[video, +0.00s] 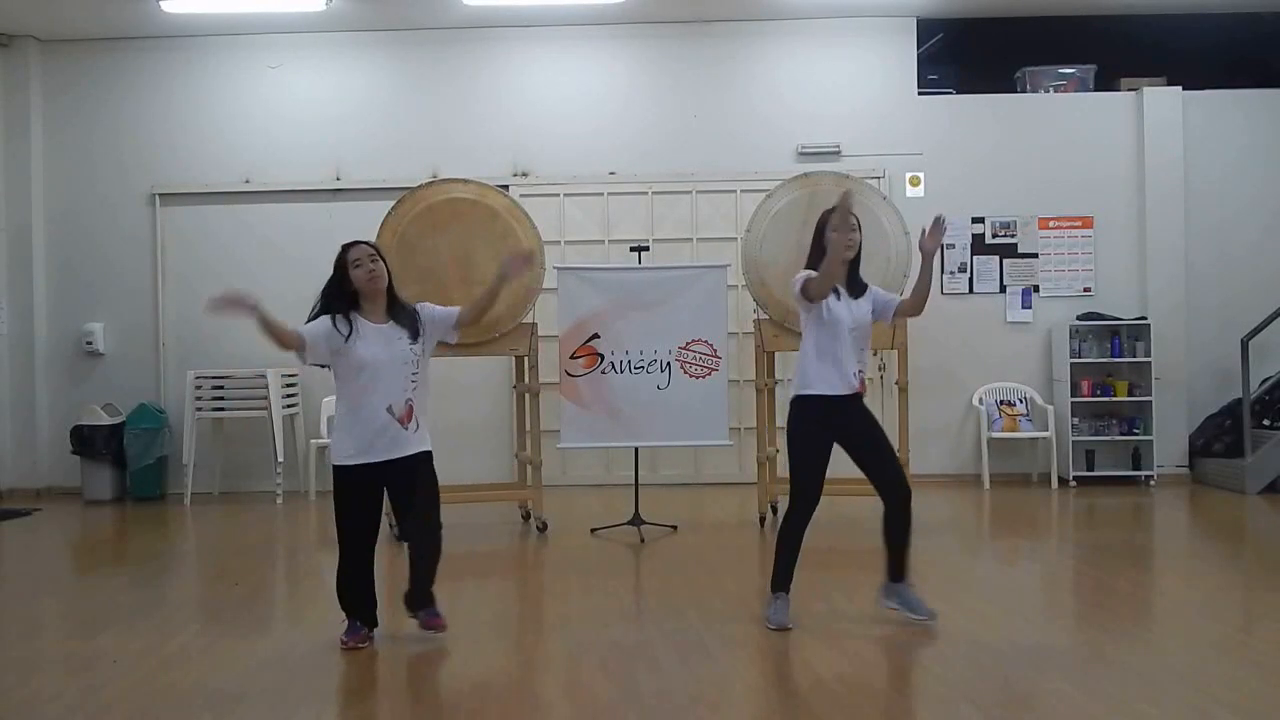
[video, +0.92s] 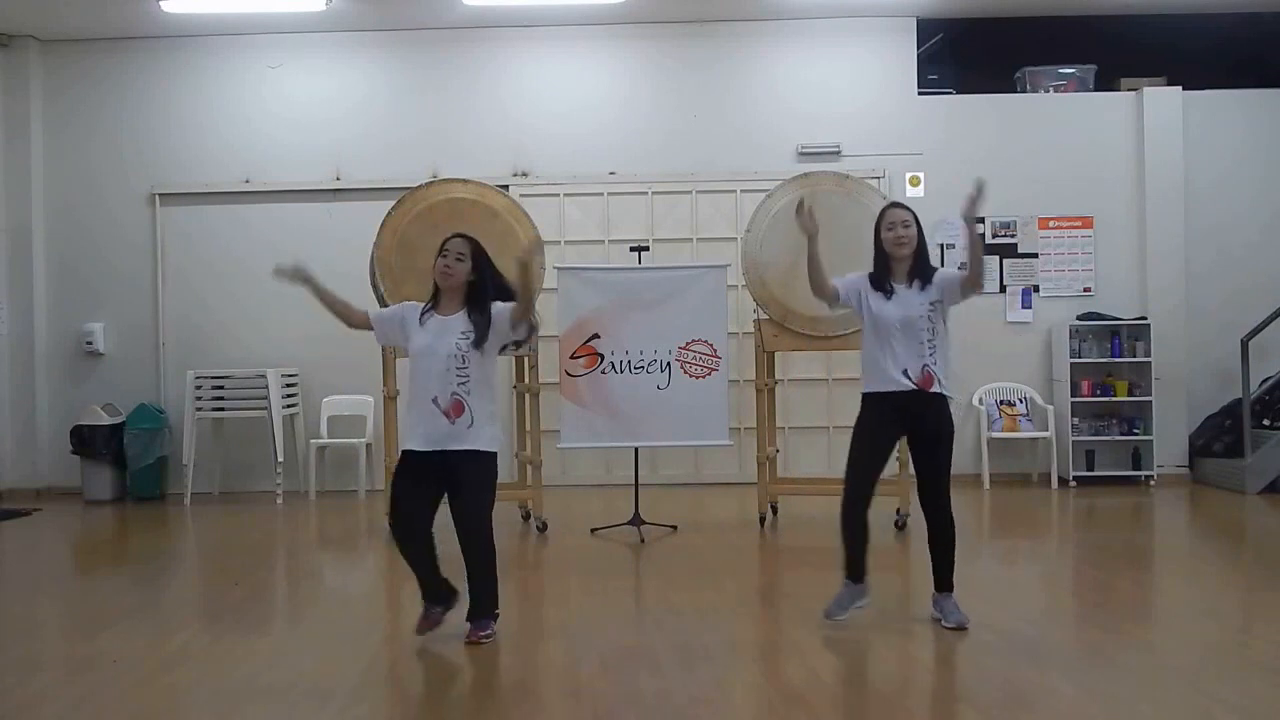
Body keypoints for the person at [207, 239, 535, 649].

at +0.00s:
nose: (370, 266)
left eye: (375, 259)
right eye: (358, 264)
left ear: (387, 269)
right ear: (347, 281)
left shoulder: (416, 318)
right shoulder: (337, 327)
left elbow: (467, 318)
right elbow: (291, 339)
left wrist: (501, 279)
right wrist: (258, 313)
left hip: (411, 449)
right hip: (355, 454)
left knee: (426, 531)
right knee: (356, 544)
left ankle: (422, 600)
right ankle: (359, 620)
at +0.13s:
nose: (379, 260)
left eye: (383, 253)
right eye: (367, 257)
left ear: (396, 265)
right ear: (355, 275)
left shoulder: (420, 311)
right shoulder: (352, 320)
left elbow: (458, 293)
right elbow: (332, 305)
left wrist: (454, 243)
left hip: (421, 441)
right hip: (367, 447)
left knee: (447, 529)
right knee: (364, 538)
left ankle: (465, 608)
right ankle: (359, 620)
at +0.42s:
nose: (416, 265)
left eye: (424, 259)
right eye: (408, 261)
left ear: (438, 271)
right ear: (398, 277)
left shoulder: (464, 317)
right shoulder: (387, 325)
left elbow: (510, 306)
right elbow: (343, 324)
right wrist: (338, 289)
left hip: (471, 444)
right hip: (416, 450)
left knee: (477, 534)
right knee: (399, 537)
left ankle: (482, 616)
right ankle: (370, 616)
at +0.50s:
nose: (425, 265)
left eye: (435, 260)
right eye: (417, 261)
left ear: (449, 274)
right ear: (409, 277)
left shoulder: (474, 318)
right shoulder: (394, 328)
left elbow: (525, 311)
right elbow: (337, 335)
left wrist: (558, 280)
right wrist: (305, 307)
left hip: (477, 445)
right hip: (421, 451)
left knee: (480, 534)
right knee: (407, 535)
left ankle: (483, 617)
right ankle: (391, 612)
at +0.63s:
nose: (440, 261)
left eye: (449, 257)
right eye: (433, 256)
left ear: (465, 271)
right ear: (423, 270)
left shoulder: (485, 319)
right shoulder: (403, 322)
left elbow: (541, 333)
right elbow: (351, 348)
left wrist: (595, 324)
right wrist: (293, 352)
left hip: (479, 447)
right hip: (424, 448)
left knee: (478, 534)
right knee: (432, 536)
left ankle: (483, 616)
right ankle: (442, 601)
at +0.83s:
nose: (448, 262)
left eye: (459, 258)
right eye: (444, 255)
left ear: (474, 273)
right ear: (434, 265)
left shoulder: (490, 320)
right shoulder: (409, 318)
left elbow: (535, 338)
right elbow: (361, 341)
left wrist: (575, 325)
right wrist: (303, 341)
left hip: (477, 450)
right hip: (424, 450)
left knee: (478, 537)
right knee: (430, 543)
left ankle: (484, 615)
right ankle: (455, 604)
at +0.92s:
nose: (448, 263)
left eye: (459, 259)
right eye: (444, 256)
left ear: (474, 272)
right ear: (434, 265)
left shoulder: (489, 317)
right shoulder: (411, 316)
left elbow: (523, 317)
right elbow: (356, 318)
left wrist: (528, 283)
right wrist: (312, 283)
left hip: (474, 449)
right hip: (421, 448)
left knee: (474, 532)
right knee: (406, 527)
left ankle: (483, 615)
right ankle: (438, 595)